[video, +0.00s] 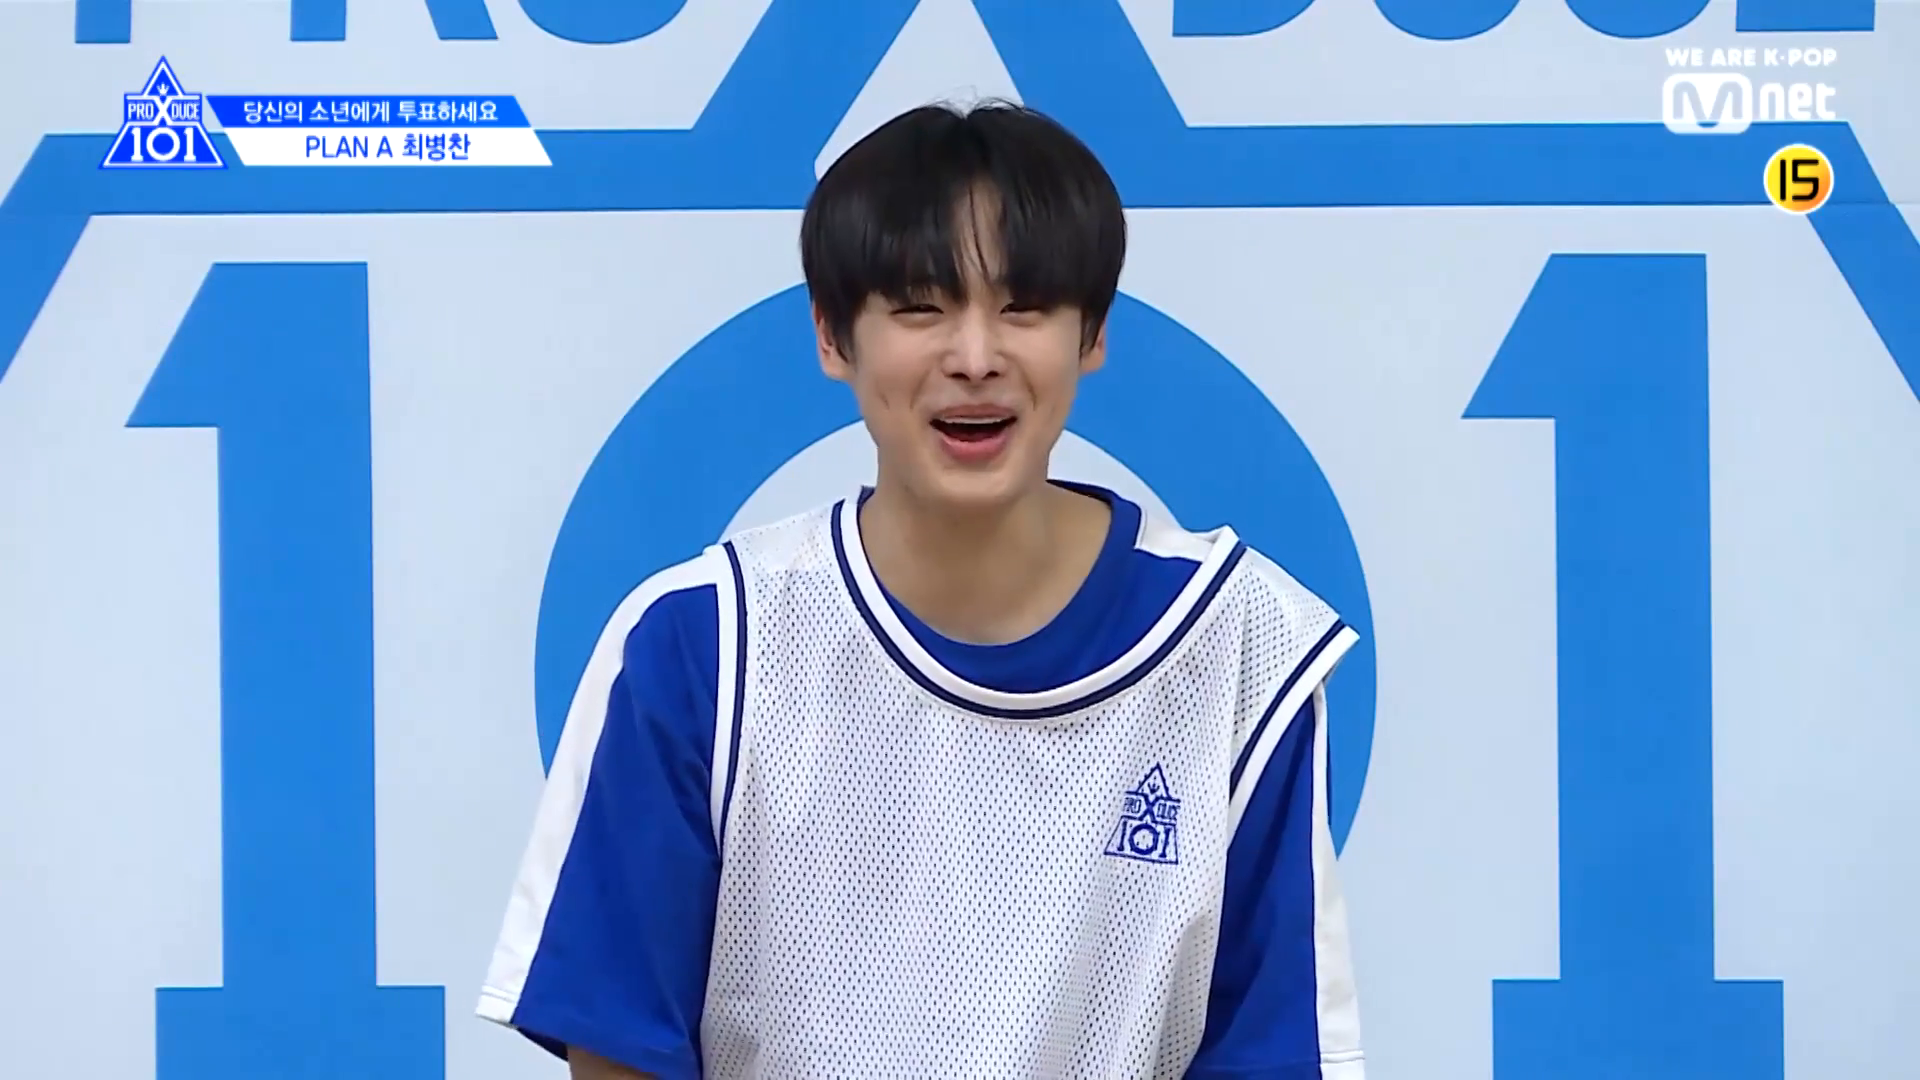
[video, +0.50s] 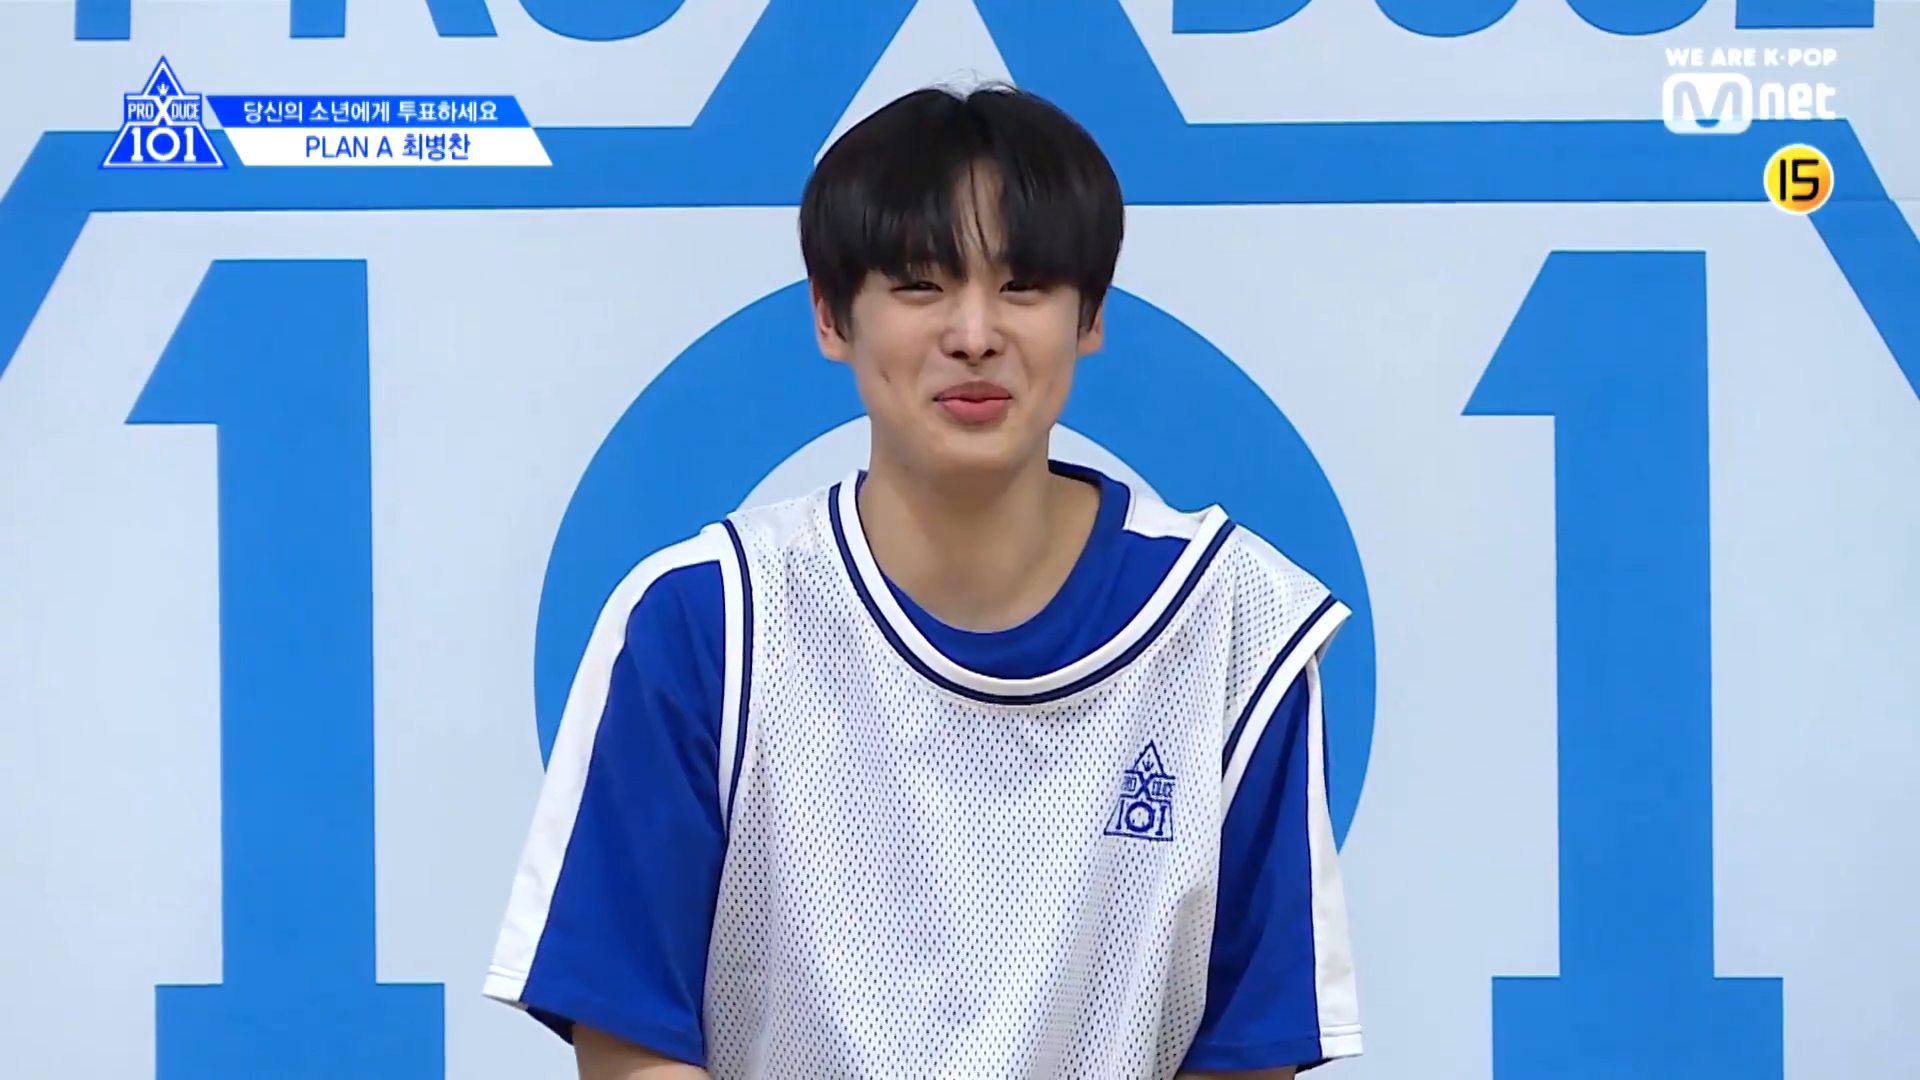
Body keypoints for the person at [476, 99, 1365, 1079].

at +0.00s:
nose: (975, 359)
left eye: (1023, 306)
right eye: (922, 306)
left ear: (1088, 341)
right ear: (839, 344)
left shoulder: (1246, 653)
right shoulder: (692, 647)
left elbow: (1271, 1051)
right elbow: (616, 1046)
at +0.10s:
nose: (977, 352)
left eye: (1026, 299)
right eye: (923, 299)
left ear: (1092, 335)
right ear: (839, 338)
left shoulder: (1250, 648)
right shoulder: (695, 642)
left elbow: (1272, 1054)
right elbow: (624, 1048)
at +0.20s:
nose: (980, 351)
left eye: (1030, 298)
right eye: (926, 297)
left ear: (1092, 337)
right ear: (840, 334)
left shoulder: (1248, 648)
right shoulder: (696, 641)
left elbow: (1269, 1054)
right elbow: (625, 1047)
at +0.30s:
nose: (981, 348)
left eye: (1030, 296)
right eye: (926, 294)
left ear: (1091, 332)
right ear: (839, 331)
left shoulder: (1247, 645)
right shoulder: (694, 639)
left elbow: (1269, 1054)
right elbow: (634, 1046)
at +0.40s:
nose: (978, 341)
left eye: (1027, 292)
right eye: (924, 288)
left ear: (1088, 331)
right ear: (837, 325)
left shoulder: (1242, 635)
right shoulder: (693, 630)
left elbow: (1267, 1048)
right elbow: (635, 1041)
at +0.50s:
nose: (973, 334)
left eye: (1023, 286)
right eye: (921, 284)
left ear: (1087, 323)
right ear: (835, 322)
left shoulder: (1242, 627)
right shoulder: (694, 623)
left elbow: (1253, 1052)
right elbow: (624, 1038)